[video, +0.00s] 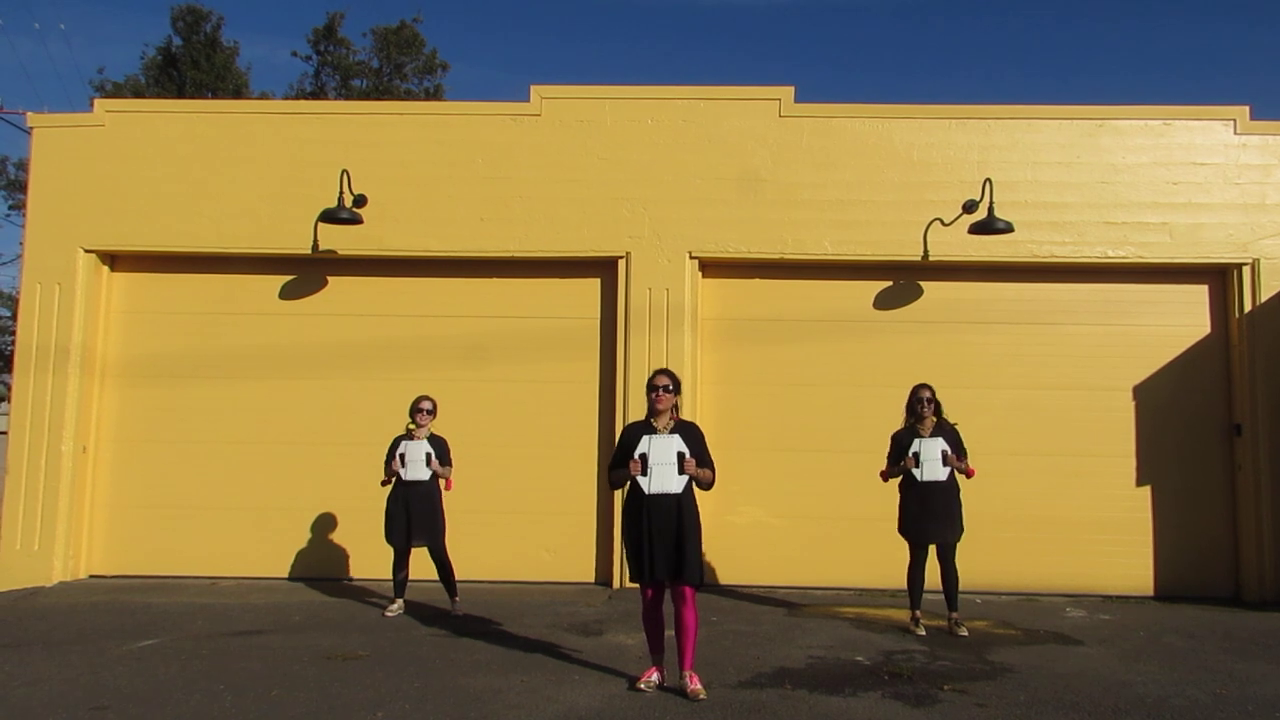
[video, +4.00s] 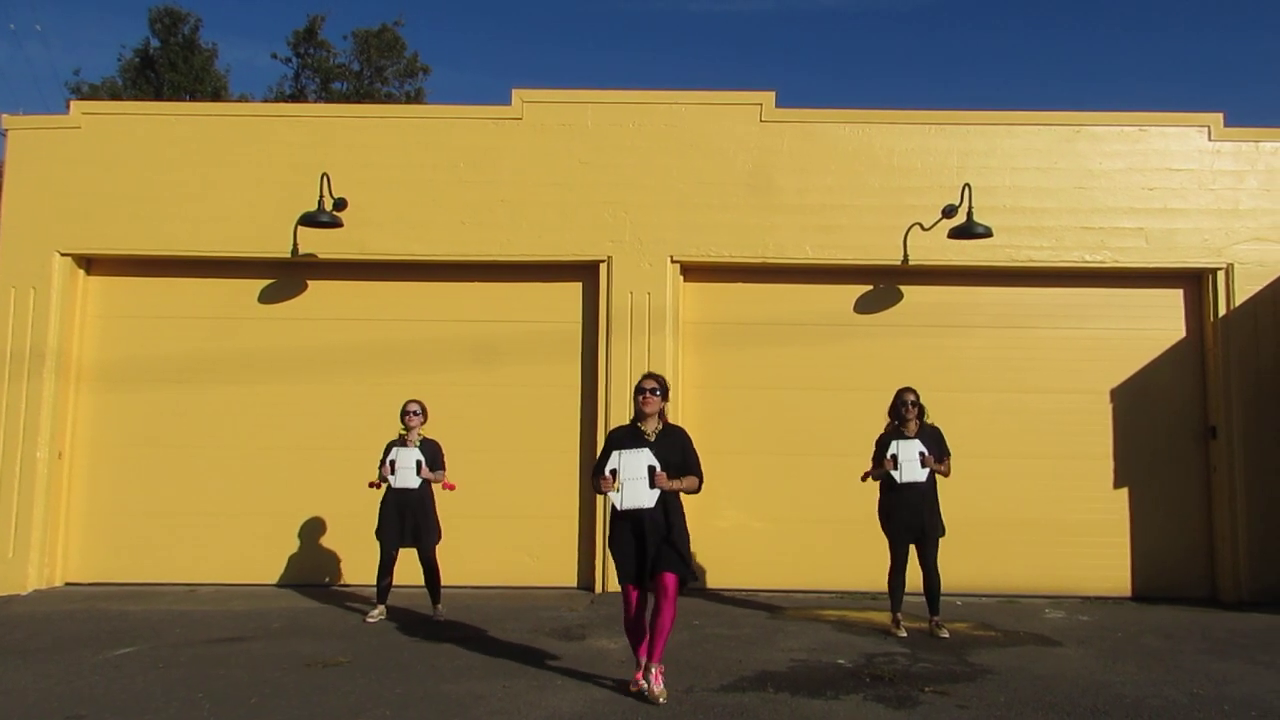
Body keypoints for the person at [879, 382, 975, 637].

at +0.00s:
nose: (924, 405)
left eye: (928, 401)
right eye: (919, 401)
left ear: (935, 403)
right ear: (911, 405)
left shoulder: (949, 432)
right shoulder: (901, 437)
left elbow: (965, 468)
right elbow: (888, 473)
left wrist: (954, 463)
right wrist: (903, 467)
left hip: (946, 506)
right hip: (915, 507)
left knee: (947, 559)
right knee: (918, 558)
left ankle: (953, 617)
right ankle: (915, 616)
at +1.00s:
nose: (938, 403)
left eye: (942, 400)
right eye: (932, 400)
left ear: (949, 404)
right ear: (925, 405)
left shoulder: (959, 433)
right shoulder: (913, 435)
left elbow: (972, 475)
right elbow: (895, 472)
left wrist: (966, 462)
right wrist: (915, 463)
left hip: (954, 507)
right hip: (923, 508)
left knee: (954, 561)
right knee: (924, 560)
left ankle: (956, 617)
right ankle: (918, 616)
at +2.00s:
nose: (934, 413)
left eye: (938, 409)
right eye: (928, 409)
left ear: (943, 413)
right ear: (919, 413)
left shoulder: (954, 439)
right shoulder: (909, 447)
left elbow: (973, 470)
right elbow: (897, 485)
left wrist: (961, 475)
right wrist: (910, 485)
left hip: (953, 517)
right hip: (923, 518)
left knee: (955, 570)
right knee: (925, 568)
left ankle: (957, 621)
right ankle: (918, 620)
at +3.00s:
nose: (926, 407)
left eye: (929, 403)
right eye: (920, 404)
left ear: (935, 408)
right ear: (912, 409)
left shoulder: (946, 437)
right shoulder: (901, 438)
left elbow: (957, 474)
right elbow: (887, 475)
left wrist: (953, 469)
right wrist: (903, 469)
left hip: (944, 511)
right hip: (915, 512)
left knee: (947, 566)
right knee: (918, 565)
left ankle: (949, 620)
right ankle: (910, 619)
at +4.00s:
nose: (909, 408)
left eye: (913, 404)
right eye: (903, 404)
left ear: (919, 407)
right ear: (896, 408)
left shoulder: (932, 434)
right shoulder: (886, 439)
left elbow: (946, 471)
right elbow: (874, 475)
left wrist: (933, 465)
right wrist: (885, 469)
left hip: (926, 511)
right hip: (896, 512)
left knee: (930, 565)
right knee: (898, 563)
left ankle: (935, 619)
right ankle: (896, 618)